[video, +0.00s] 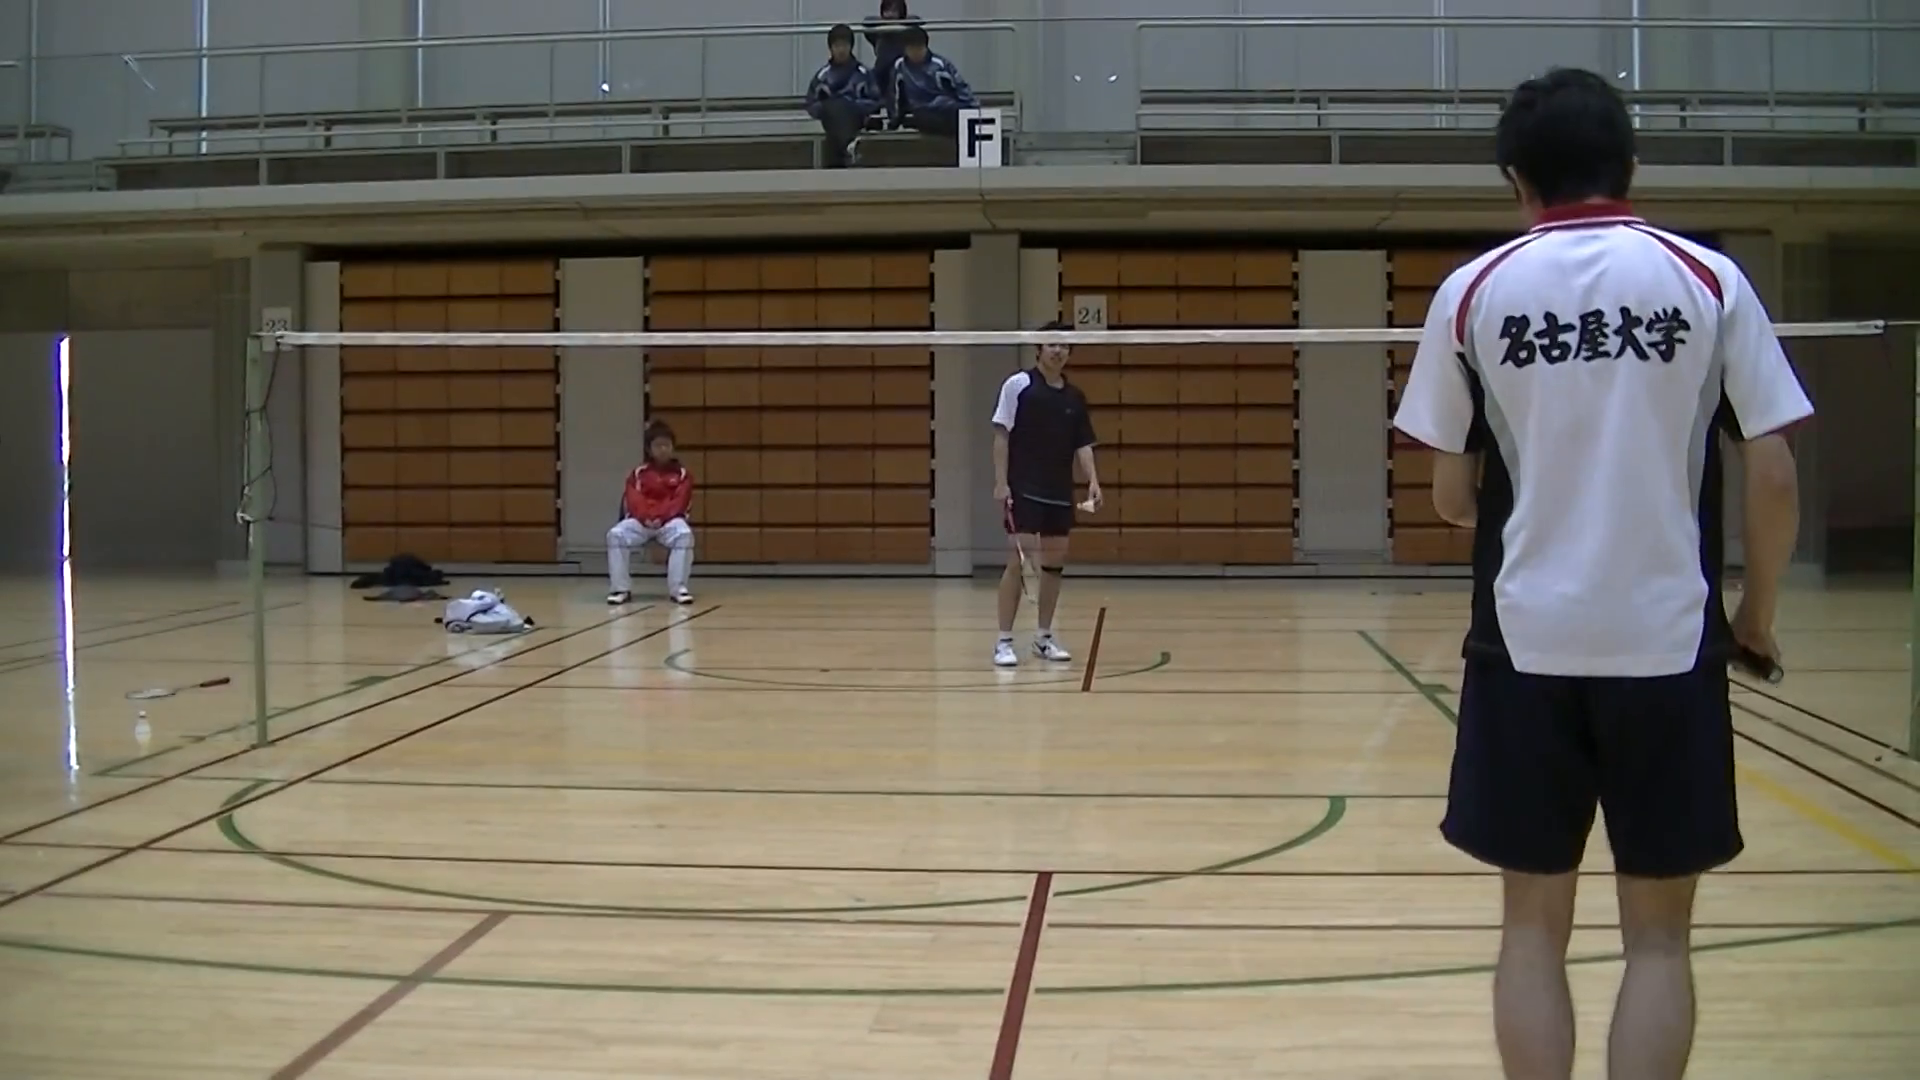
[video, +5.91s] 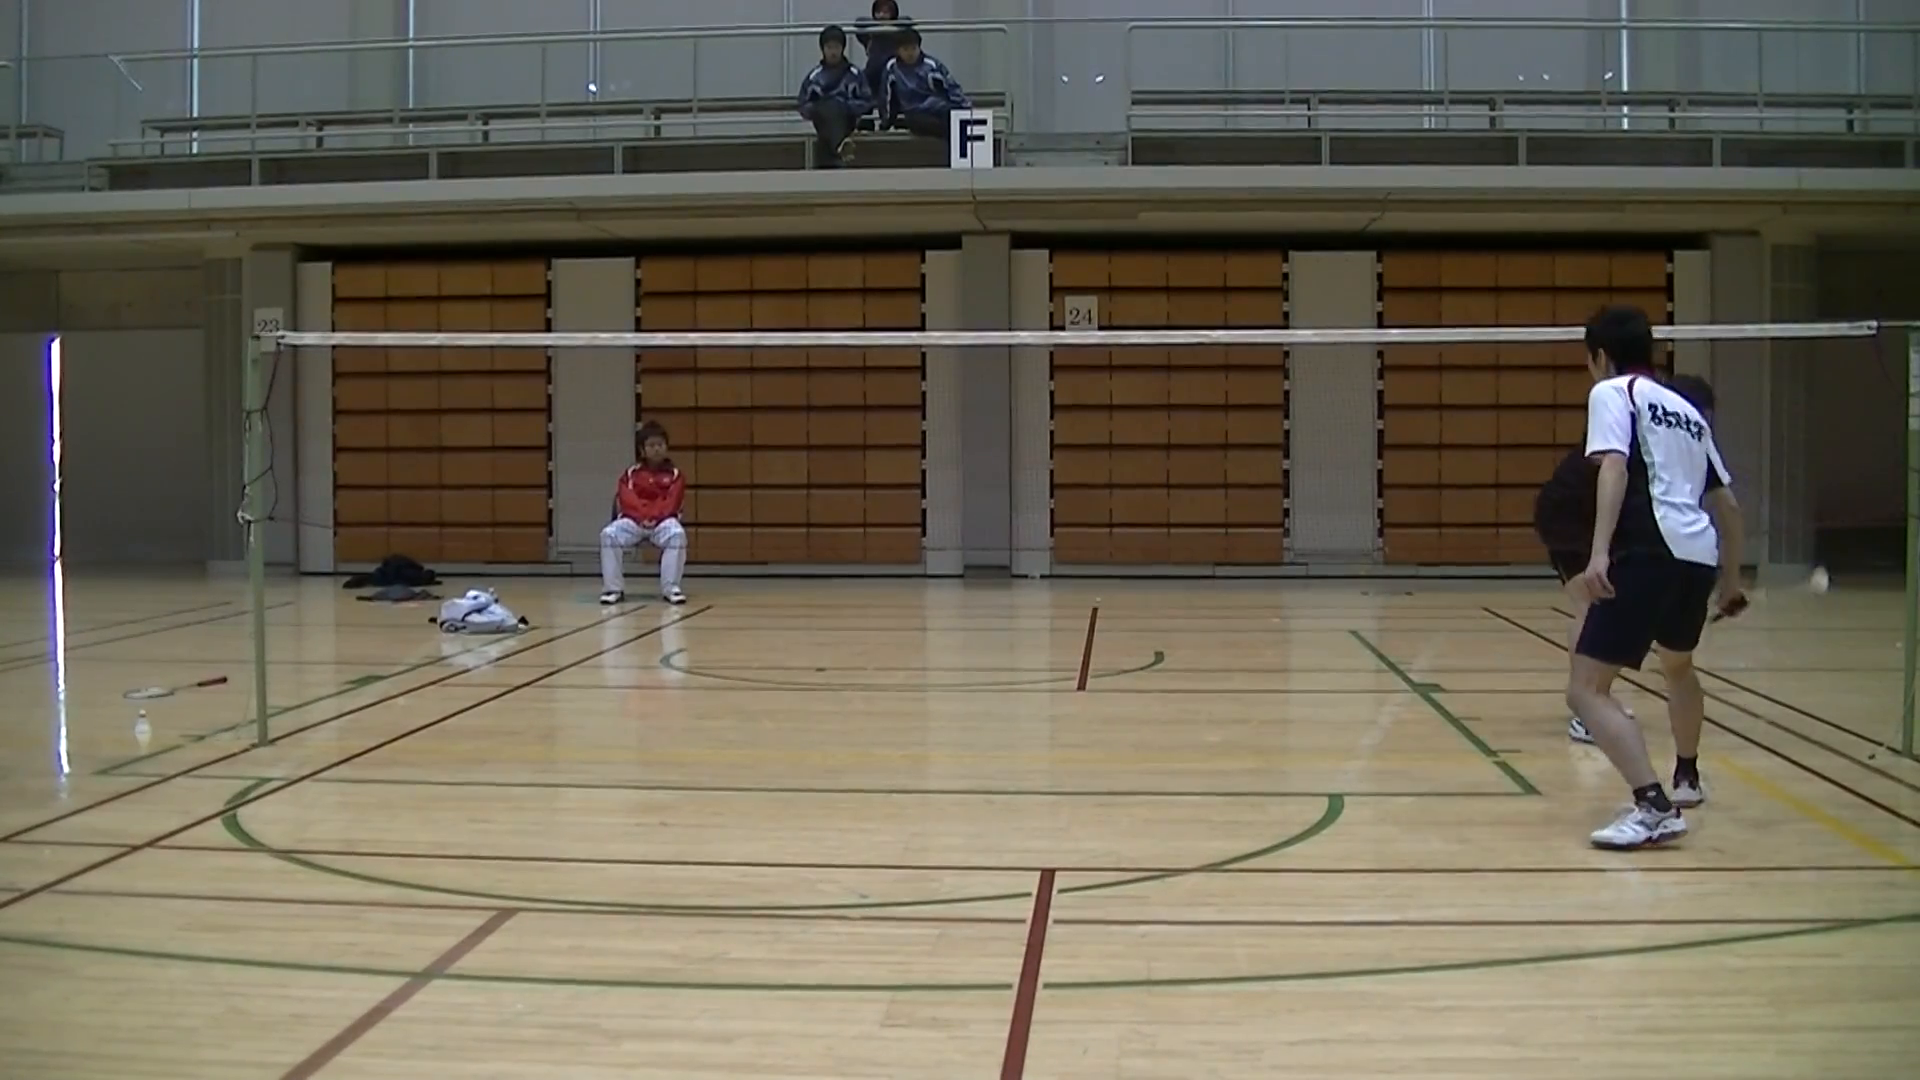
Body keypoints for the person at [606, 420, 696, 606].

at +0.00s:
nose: (663, 450)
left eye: (667, 445)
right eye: (658, 446)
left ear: (672, 448)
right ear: (649, 449)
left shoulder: (682, 474)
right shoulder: (638, 473)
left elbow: (680, 502)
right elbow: (633, 499)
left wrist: (662, 517)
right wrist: (644, 516)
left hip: (669, 520)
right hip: (641, 519)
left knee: (684, 536)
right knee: (616, 536)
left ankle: (678, 588)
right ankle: (621, 590)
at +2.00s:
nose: (657, 450)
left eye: (661, 445)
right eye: (652, 445)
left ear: (667, 447)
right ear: (643, 449)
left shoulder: (676, 475)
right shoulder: (632, 473)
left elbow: (673, 504)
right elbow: (627, 500)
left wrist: (655, 517)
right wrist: (644, 515)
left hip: (664, 520)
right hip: (635, 520)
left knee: (678, 536)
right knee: (610, 535)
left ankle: (673, 587)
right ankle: (615, 589)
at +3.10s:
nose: (664, 449)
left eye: (669, 444)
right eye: (659, 445)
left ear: (676, 447)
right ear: (651, 449)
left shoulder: (683, 475)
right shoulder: (640, 473)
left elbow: (680, 505)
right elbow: (635, 500)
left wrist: (660, 516)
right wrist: (652, 515)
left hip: (671, 519)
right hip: (643, 519)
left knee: (687, 534)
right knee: (618, 535)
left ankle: (682, 587)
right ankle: (622, 589)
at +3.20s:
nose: (697, 449)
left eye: (702, 444)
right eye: (692, 444)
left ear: (708, 447)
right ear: (683, 449)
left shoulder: (716, 475)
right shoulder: (673, 473)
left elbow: (713, 506)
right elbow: (668, 503)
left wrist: (691, 515)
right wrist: (684, 517)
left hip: (704, 520)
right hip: (676, 520)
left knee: (718, 534)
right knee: (651, 534)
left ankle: (714, 587)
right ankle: (654, 589)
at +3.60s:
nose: (674, 448)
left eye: (678, 443)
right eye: (668, 443)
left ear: (684, 445)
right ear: (659, 448)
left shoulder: (691, 473)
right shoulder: (648, 471)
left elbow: (689, 502)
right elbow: (643, 498)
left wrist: (671, 516)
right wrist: (661, 513)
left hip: (680, 518)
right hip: (651, 518)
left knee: (695, 534)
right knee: (627, 533)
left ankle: (688, 585)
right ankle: (631, 588)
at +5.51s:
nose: (656, 450)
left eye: (660, 445)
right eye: (651, 446)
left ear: (666, 448)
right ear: (642, 450)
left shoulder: (675, 476)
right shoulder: (631, 474)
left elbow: (672, 504)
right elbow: (626, 500)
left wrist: (654, 518)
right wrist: (642, 517)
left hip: (662, 521)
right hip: (633, 521)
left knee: (677, 536)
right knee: (609, 536)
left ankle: (671, 588)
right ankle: (614, 590)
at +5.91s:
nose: (656, 449)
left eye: (660, 444)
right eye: (651, 445)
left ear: (666, 447)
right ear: (642, 449)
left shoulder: (674, 474)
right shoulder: (631, 473)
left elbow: (672, 503)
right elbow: (626, 499)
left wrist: (655, 517)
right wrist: (641, 516)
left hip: (662, 520)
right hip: (633, 520)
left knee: (677, 536)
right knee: (609, 535)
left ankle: (671, 587)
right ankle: (613, 589)